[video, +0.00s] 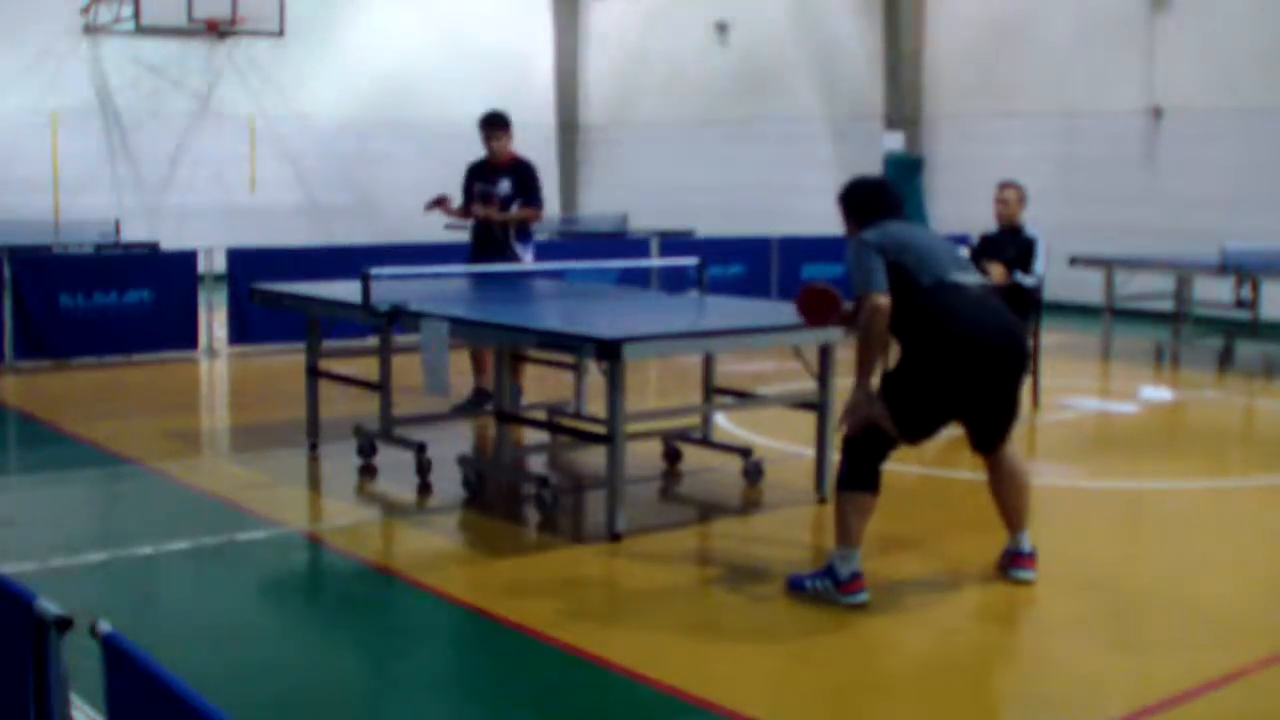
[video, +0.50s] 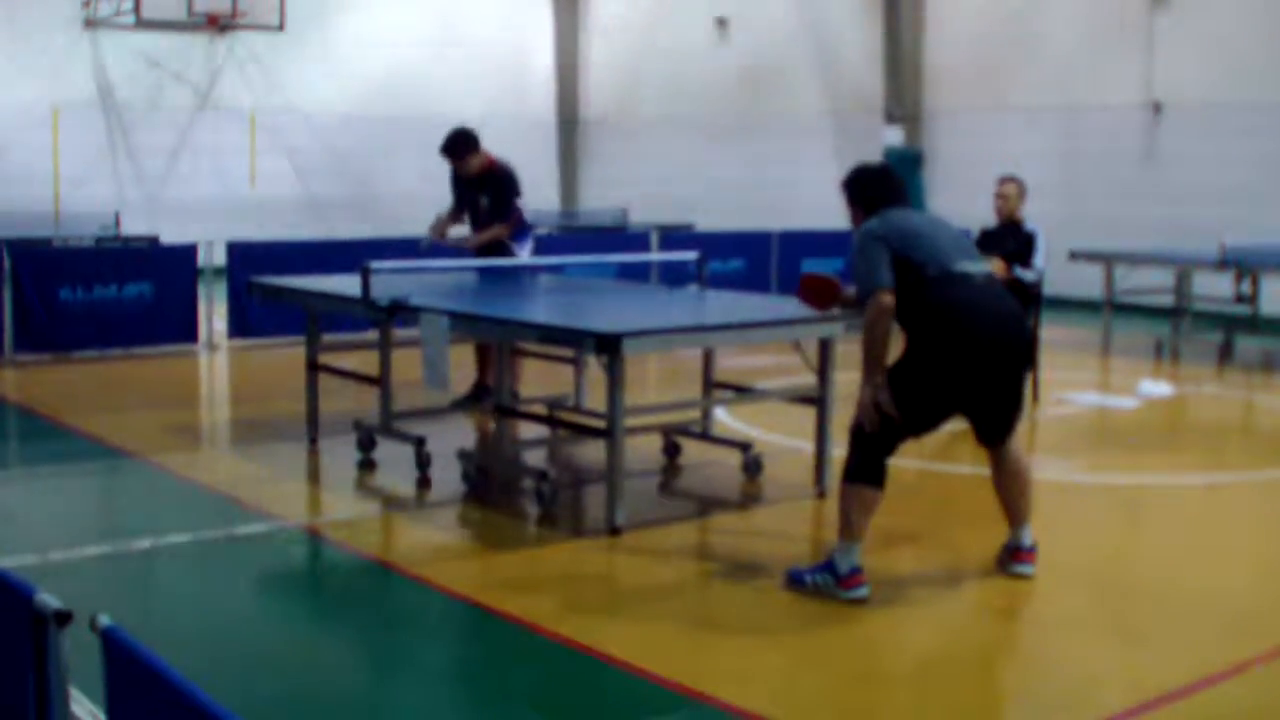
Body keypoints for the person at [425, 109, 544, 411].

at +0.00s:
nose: (494, 144)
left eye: (499, 138)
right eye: (489, 138)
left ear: (509, 137)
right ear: (482, 138)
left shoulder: (523, 170)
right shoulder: (475, 171)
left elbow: (534, 212)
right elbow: (470, 212)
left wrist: (499, 216)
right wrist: (448, 210)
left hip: (514, 260)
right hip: (481, 259)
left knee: (514, 328)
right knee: (478, 327)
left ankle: (513, 389)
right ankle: (482, 388)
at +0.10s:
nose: (484, 151)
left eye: (489, 144)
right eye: (479, 145)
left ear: (501, 142)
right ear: (474, 145)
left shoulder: (517, 176)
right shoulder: (468, 176)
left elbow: (525, 218)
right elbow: (463, 217)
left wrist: (493, 226)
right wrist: (446, 221)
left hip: (507, 264)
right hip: (475, 263)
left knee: (508, 333)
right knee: (474, 333)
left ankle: (510, 396)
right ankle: (479, 394)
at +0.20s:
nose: (480, 142)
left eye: (485, 135)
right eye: (475, 136)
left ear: (498, 133)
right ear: (470, 136)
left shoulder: (513, 165)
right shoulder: (464, 165)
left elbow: (518, 210)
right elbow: (457, 208)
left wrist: (487, 220)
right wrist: (442, 214)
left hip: (506, 252)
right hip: (474, 252)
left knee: (506, 320)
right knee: (475, 321)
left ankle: (510, 382)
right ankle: (481, 383)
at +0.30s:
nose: (472, 145)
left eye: (478, 138)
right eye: (468, 138)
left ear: (492, 134)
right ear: (464, 138)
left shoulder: (509, 165)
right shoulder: (461, 165)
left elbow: (516, 210)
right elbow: (455, 204)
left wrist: (484, 223)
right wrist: (441, 214)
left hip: (506, 250)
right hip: (475, 250)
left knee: (506, 319)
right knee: (476, 320)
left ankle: (509, 380)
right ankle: (481, 381)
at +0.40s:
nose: (464, 153)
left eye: (467, 147)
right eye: (461, 148)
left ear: (482, 142)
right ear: (459, 145)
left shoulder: (505, 168)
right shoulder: (460, 168)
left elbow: (513, 215)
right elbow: (456, 205)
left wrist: (482, 231)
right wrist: (441, 217)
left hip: (506, 255)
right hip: (476, 255)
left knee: (506, 325)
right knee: (478, 324)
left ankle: (508, 387)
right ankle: (481, 382)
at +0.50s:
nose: (457, 168)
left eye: (461, 162)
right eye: (454, 163)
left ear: (476, 154)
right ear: (454, 158)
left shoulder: (501, 175)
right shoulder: (460, 173)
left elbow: (508, 225)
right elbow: (460, 209)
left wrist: (473, 240)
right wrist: (444, 223)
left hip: (512, 256)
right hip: (484, 256)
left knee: (508, 326)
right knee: (483, 325)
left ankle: (509, 388)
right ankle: (483, 383)